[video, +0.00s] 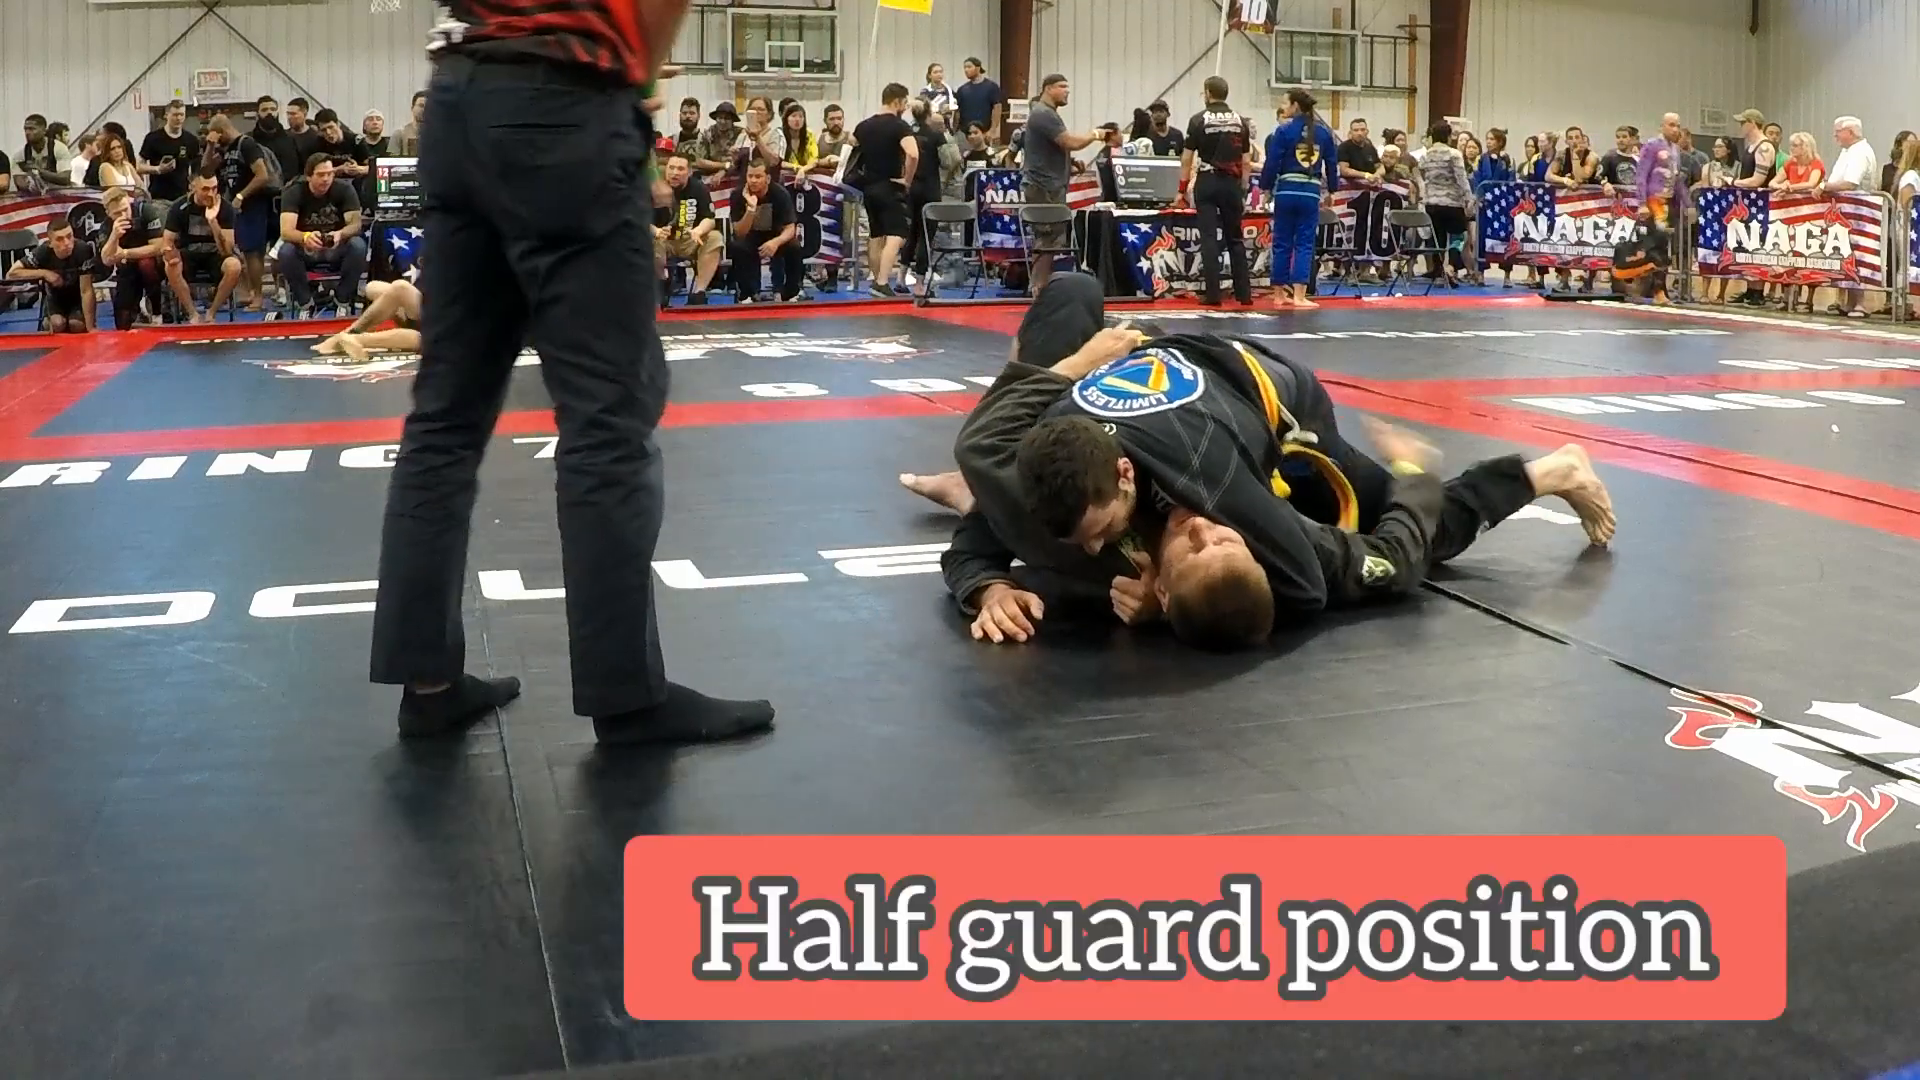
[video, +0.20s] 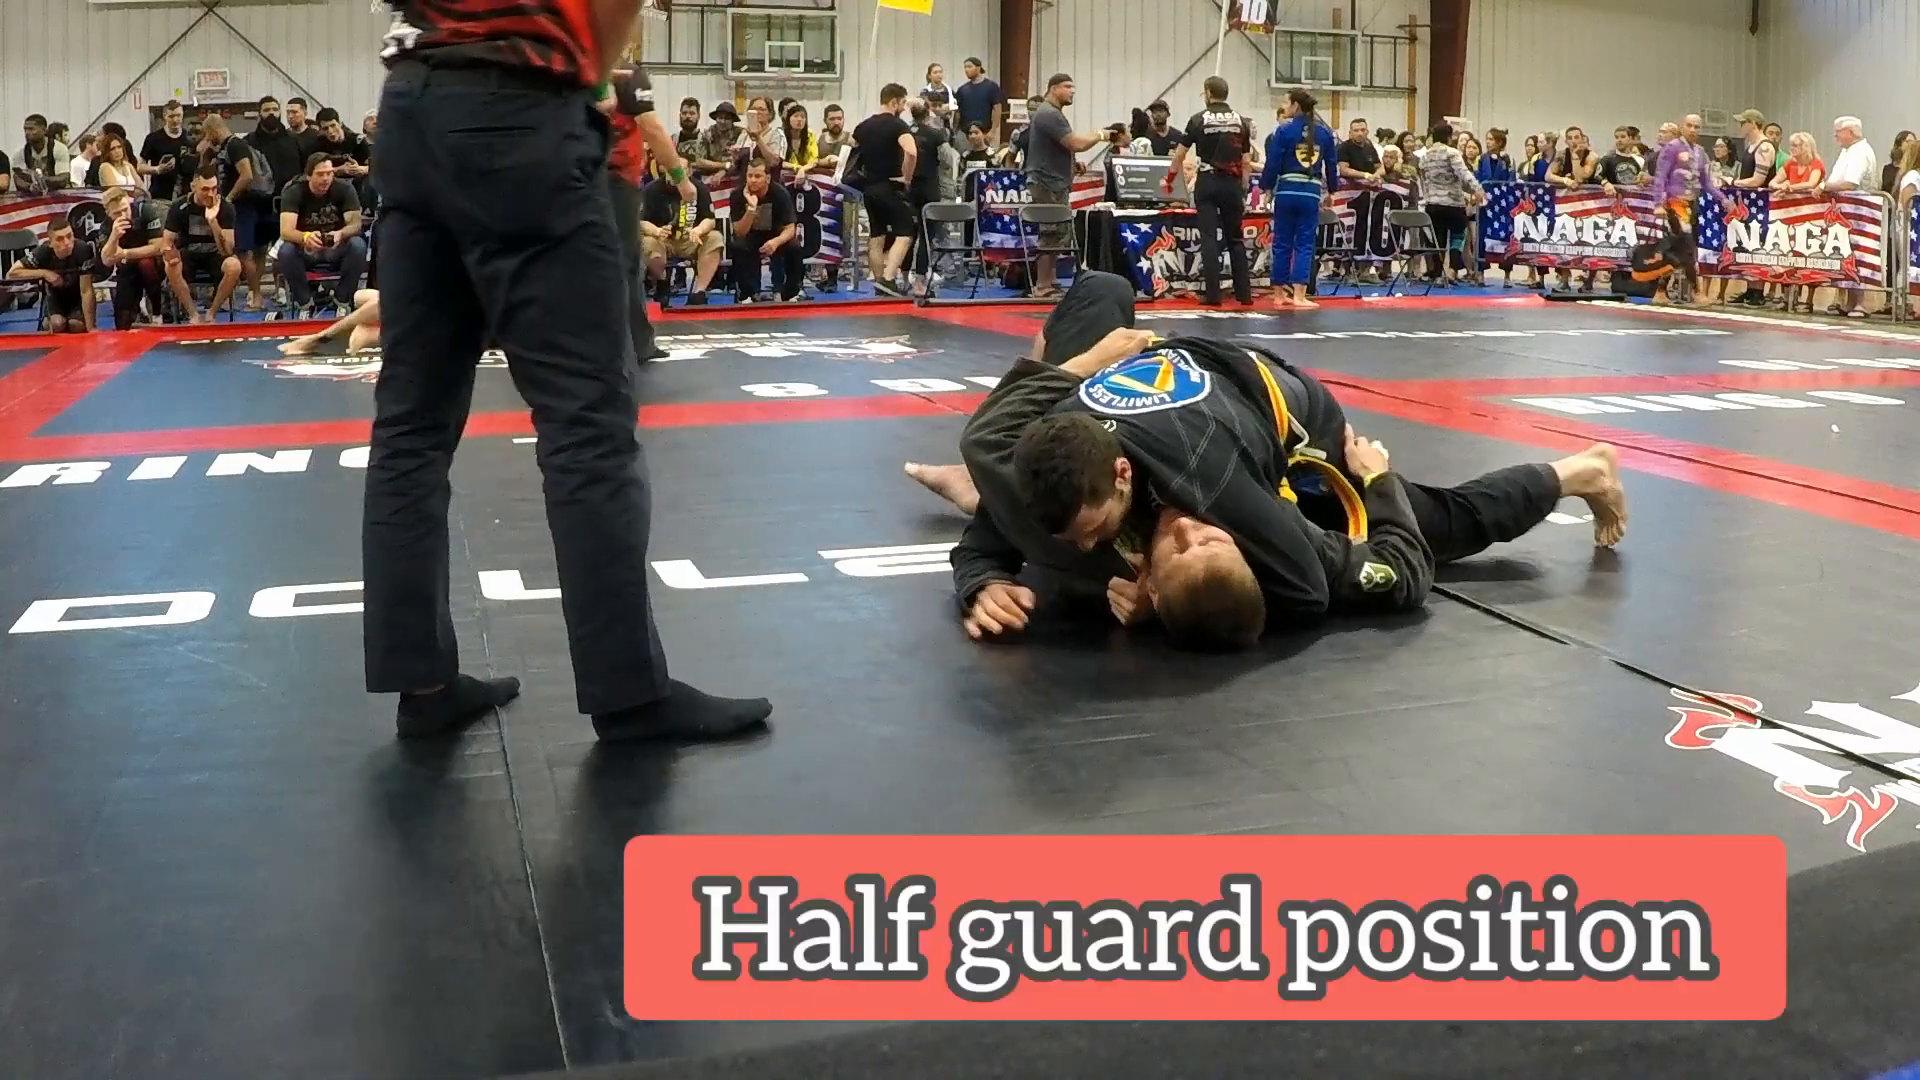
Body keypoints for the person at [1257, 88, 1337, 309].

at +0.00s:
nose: (1285, 108)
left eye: (1287, 104)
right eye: (1286, 104)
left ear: (1296, 106)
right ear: (1306, 106)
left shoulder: (1284, 129)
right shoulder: (1323, 131)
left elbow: (1272, 161)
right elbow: (1331, 164)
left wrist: (1265, 187)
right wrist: (1331, 190)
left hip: (1286, 191)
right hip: (1311, 193)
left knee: (1282, 241)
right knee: (1305, 242)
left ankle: (1279, 292)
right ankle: (1300, 295)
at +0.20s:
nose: (1285, 107)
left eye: (1288, 104)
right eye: (1287, 103)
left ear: (1296, 105)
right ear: (1307, 106)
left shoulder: (1284, 129)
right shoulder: (1324, 131)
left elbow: (1273, 161)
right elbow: (1331, 164)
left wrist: (1266, 186)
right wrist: (1331, 190)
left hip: (1286, 191)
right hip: (1311, 194)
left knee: (1282, 241)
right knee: (1305, 242)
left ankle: (1279, 292)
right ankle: (1299, 295)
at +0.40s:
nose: (1286, 107)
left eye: (1288, 104)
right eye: (1287, 103)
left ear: (1296, 105)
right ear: (1308, 105)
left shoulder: (1284, 129)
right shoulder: (1324, 131)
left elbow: (1272, 161)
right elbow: (1332, 163)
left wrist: (1266, 185)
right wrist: (1333, 188)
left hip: (1285, 192)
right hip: (1310, 194)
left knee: (1282, 241)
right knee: (1305, 243)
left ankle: (1279, 293)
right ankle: (1299, 296)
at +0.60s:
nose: (1287, 106)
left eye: (1289, 103)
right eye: (1288, 102)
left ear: (1296, 104)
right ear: (1308, 105)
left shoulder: (1282, 128)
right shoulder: (1322, 130)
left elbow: (1269, 159)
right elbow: (1335, 156)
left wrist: (1264, 184)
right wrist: (1339, 173)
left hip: (1284, 192)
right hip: (1308, 195)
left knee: (1282, 241)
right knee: (1304, 243)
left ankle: (1279, 293)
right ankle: (1299, 296)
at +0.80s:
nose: (1289, 106)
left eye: (1290, 103)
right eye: (1290, 103)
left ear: (1295, 104)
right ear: (1310, 104)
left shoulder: (1283, 128)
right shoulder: (1324, 131)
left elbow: (1269, 158)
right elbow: (1341, 160)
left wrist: (1264, 183)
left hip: (1283, 192)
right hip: (1308, 195)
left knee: (1281, 242)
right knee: (1304, 244)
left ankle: (1279, 294)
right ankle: (1299, 297)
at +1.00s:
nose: (1288, 106)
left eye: (1289, 103)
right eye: (1289, 103)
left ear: (1293, 104)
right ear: (1310, 104)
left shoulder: (1283, 129)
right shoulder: (1323, 130)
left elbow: (1269, 160)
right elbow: (1341, 159)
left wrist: (1264, 183)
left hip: (1283, 192)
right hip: (1308, 195)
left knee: (1280, 242)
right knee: (1304, 243)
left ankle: (1279, 294)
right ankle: (1299, 297)